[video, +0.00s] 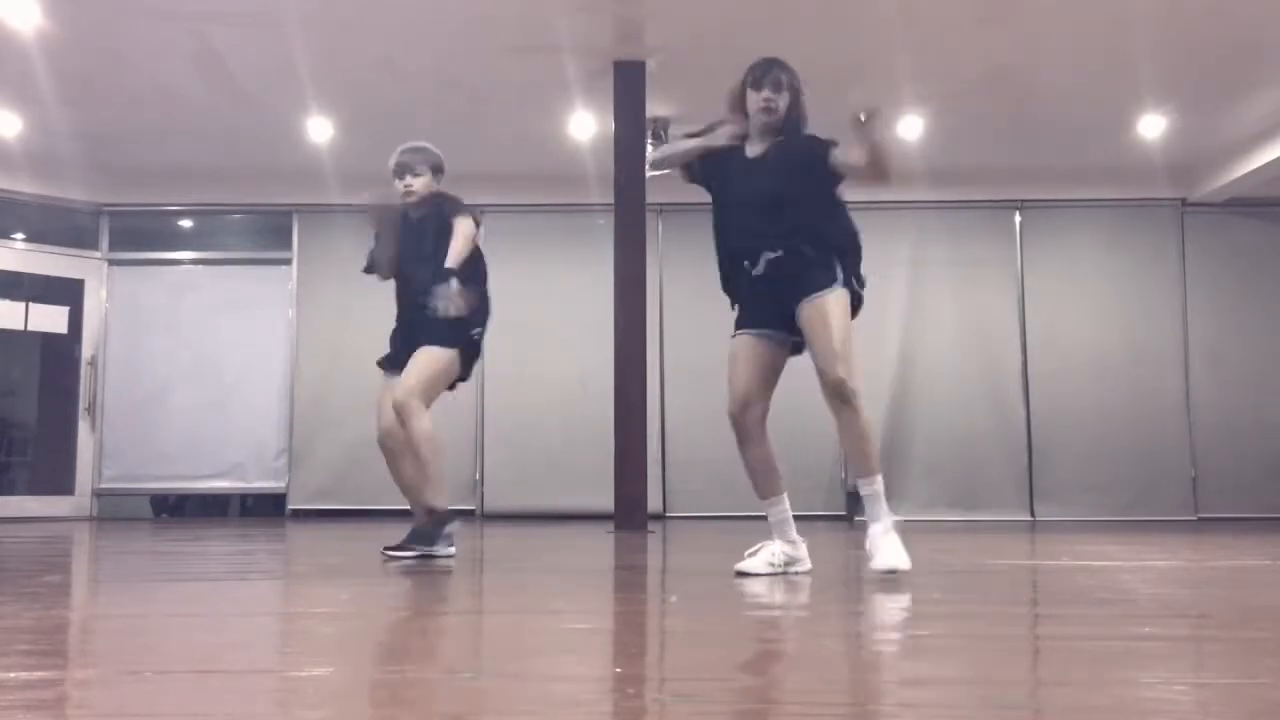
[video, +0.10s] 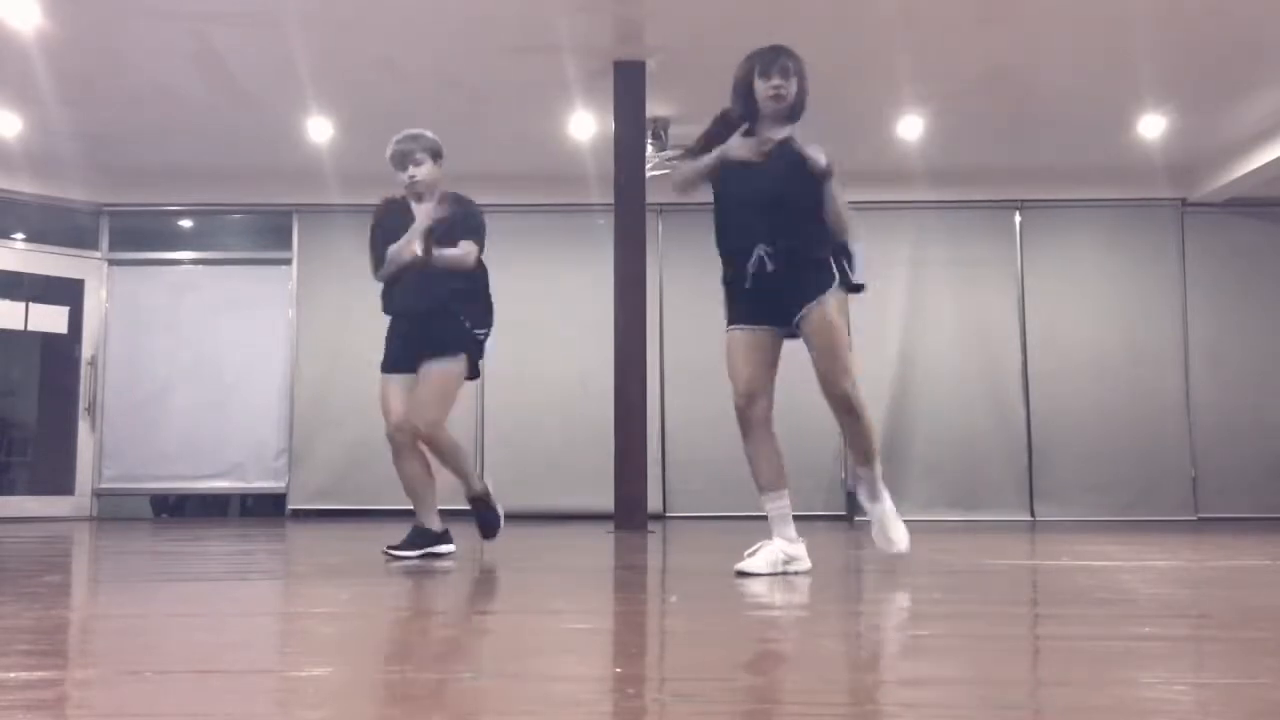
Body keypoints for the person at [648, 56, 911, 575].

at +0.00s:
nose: (768, 96)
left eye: (779, 90)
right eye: (760, 87)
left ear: (793, 101)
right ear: (743, 96)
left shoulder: (809, 150)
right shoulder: (720, 160)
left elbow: (876, 172)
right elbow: (656, 159)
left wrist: (870, 138)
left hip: (816, 277)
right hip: (759, 292)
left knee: (838, 383)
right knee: (744, 413)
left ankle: (880, 526)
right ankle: (786, 543)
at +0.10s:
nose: (778, 84)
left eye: (787, 76)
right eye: (768, 76)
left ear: (800, 87)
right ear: (749, 86)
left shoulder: (808, 155)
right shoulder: (725, 142)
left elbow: (842, 233)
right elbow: (678, 183)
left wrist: (824, 175)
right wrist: (722, 154)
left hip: (810, 281)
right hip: (748, 289)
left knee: (844, 393)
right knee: (750, 407)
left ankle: (875, 496)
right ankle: (785, 540)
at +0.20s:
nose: (779, 96)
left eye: (788, 87)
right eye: (770, 87)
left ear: (802, 95)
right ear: (754, 95)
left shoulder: (813, 162)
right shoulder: (736, 148)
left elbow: (826, 237)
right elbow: (727, 212)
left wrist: (817, 206)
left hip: (805, 284)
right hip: (743, 287)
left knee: (833, 404)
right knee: (749, 407)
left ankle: (836, 495)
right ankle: (777, 539)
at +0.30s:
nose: (776, 117)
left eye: (785, 108)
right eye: (766, 109)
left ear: (800, 114)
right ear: (753, 116)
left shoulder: (820, 161)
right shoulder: (738, 182)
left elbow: (848, 212)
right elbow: (712, 247)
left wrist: (822, 238)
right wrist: (728, 252)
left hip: (799, 304)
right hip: (743, 302)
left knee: (812, 425)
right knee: (743, 408)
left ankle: (786, 522)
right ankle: (761, 532)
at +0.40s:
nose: (773, 150)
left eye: (781, 140)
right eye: (763, 140)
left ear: (797, 146)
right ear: (748, 148)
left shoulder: (820, 198)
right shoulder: (738, 214)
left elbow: (846, 257)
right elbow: (699, 281)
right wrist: (736, 293)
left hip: (799, 328)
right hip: (744, 320)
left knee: (831, 455)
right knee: (748, 405)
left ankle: (774, 534)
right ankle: (749, 534)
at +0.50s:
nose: (776, 179)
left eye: (785, 170)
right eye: (767, 169)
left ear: (798, 178)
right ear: (752, 176)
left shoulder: (821, 233)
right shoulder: (736, 240)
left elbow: (851, 284)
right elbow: (695, 307)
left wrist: (845, 335)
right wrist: (737, 337)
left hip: (801, 361)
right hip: (748, 351)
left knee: (855, 469)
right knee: (745, 408)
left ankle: (777, 535)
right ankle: (750, 538)